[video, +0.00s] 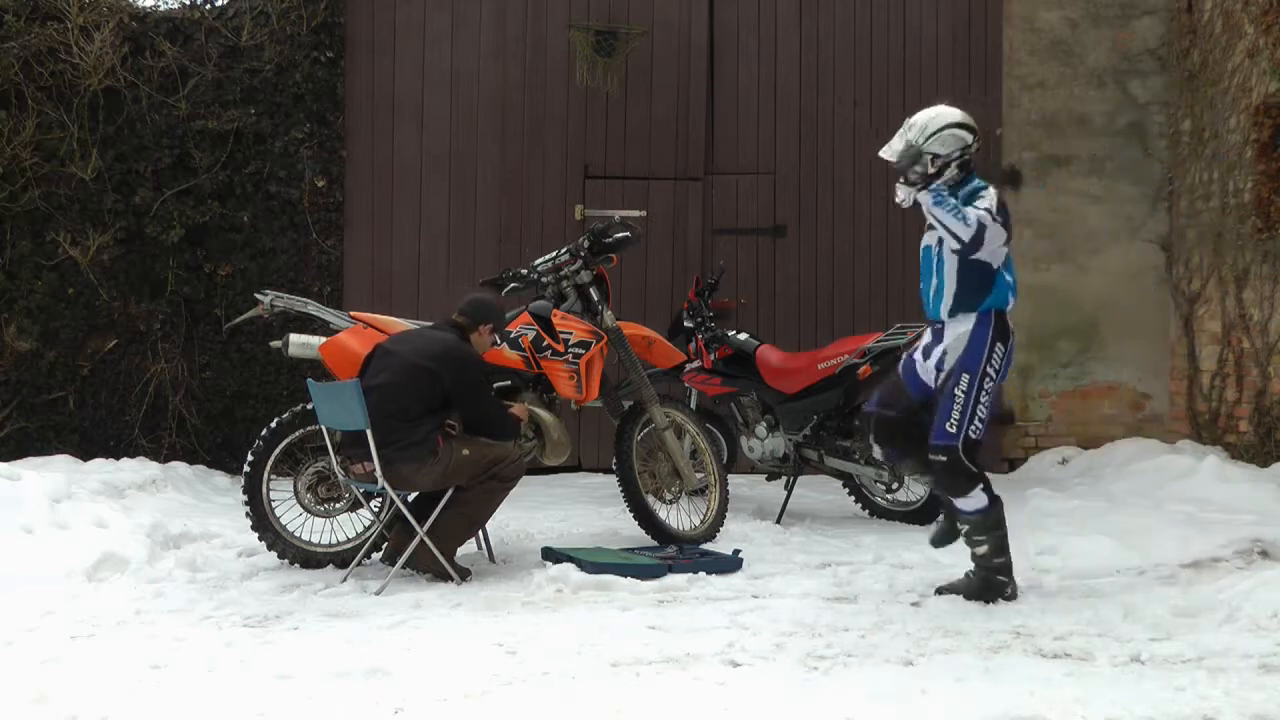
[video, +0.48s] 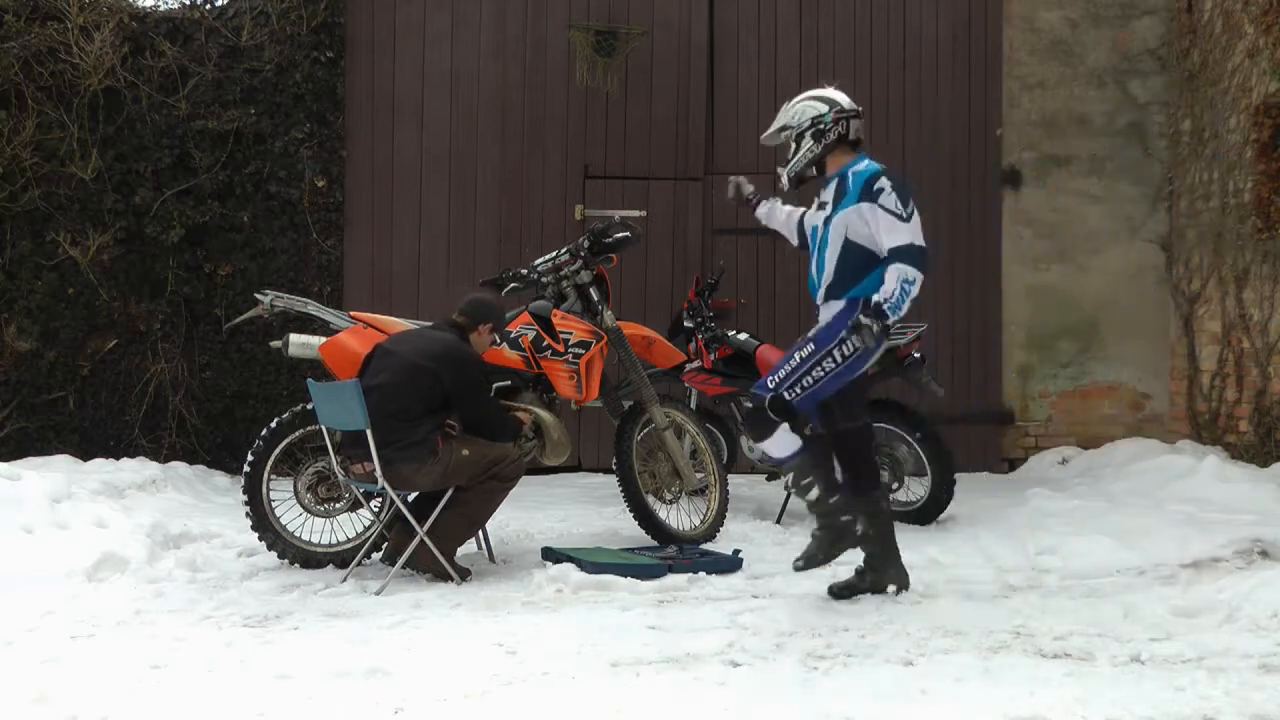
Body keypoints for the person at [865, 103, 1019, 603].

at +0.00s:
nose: (906, 174)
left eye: (913, 165)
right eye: (907, 166)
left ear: (941, 160)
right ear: (942, 161)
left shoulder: (981, 196)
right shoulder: (945, 201)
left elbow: (974, 241)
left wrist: (926, 194)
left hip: (981, 335)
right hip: (941, 331)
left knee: (949, 455)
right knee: (885, 419)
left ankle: (994, 571)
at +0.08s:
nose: (887, 157)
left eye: (895, 147)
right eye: (886, 148)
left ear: (926, 145)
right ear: (918, 148)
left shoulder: (956, 194)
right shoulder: (917, 191)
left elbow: (934, 218)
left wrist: (869, 208)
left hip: (958, 328)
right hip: (919, 323)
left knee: (943, 447)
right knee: (862, 406)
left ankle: (993, 571)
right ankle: (916, 511)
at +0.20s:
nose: (856, 151)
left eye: (863, 140)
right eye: (856, 141)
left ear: (892, 136)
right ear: (897, 139)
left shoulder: (919, 181)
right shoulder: (918, 184)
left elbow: (906, 253)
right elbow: (971, 250)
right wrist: (920, 286)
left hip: (915, 326)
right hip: (883, 324)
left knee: (901, 444)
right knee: (854, 434)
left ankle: (980, 555)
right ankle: (881, 562)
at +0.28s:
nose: (837, 164)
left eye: (844, 154)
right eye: (838, 155)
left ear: (873, 152)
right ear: (875, 154)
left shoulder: (903, 198)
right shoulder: (883, 201)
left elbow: (905, 279)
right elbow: (885, 280)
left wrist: (884, 350)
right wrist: (857, 344)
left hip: (890, 348)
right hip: (867, 342)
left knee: (846, 453)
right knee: (839, 449)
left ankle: (951, 528)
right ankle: (882, 565)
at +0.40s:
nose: (807, 171)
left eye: (812, 159)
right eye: (807, 161)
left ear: (837, 151)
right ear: (845, 152)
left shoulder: (885, 192)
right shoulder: (855, 200)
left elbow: (909, 273)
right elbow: (846, 259)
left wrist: (896, 342)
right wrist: (813, 202)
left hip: (872, 332)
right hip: (851, 329)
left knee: (779, 421)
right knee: (849, 445)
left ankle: (862, 476)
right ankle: (881, 563)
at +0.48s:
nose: (788, 153)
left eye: (793, 141)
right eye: (788, 143)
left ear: (819, 135)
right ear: (827, 137)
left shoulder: (872, 181)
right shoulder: (831, 195)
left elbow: (908, 255)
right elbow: (807, 228)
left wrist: (881, 313)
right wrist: (757, 203)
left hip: (859, 319)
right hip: (836, 320)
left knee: (762, 408)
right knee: (850, 439)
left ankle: (831, 515)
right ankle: (883, 560)